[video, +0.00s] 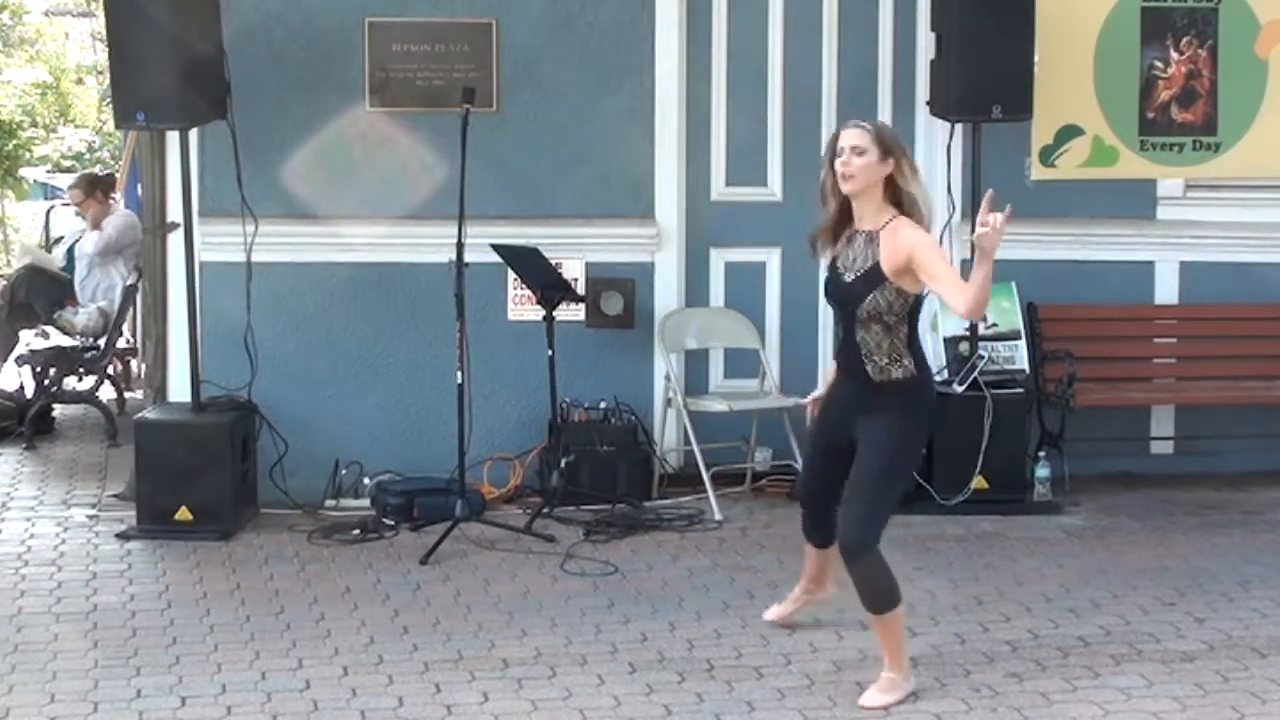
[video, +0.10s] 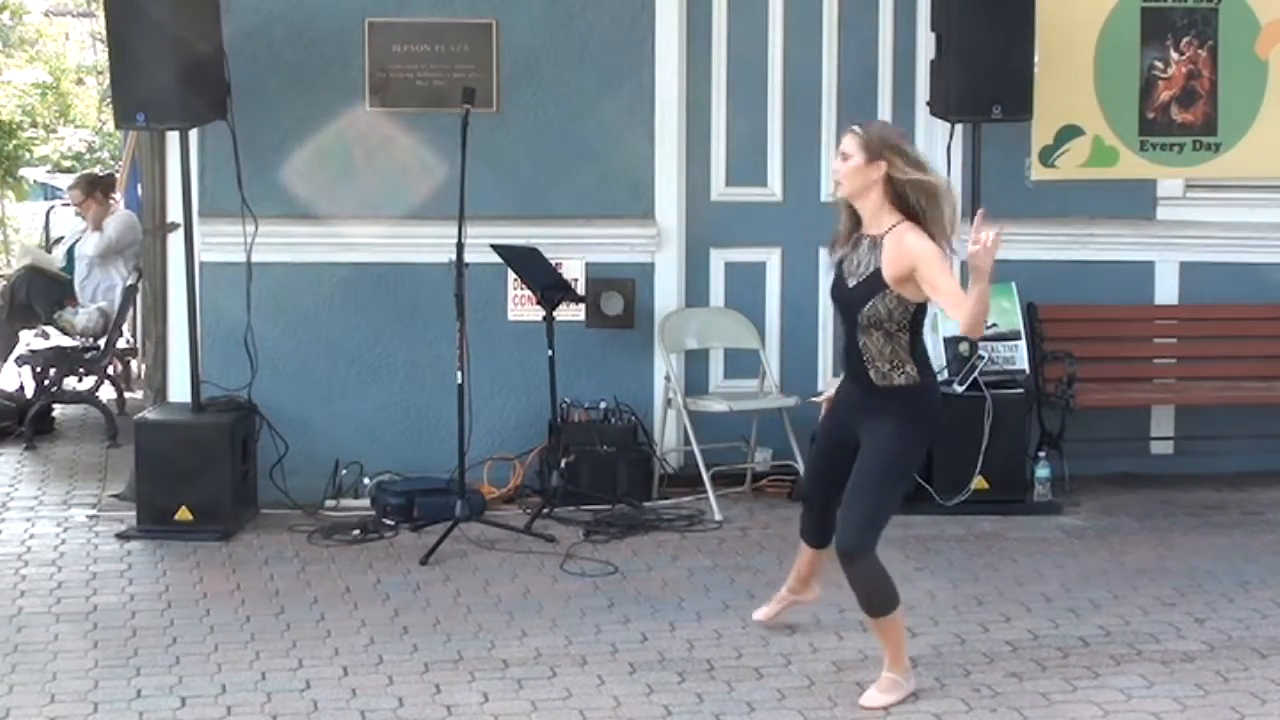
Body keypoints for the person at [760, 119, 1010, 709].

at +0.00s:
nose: (844, 162)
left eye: (859, 152)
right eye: (839, 154)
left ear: (889, 165)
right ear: (833, 170)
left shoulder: (909, 237)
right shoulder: (846, 240)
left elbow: (969, 305)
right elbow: (858, 333)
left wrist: (985, 254)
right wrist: (829, 389)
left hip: (898, 401)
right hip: (847, 395)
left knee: (856, 535)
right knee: (815, 491)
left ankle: (897, 671)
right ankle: (815, 584)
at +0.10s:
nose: (835, 168)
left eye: (846, 159)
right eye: (838, 158)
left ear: (880, 169)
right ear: (871, 171)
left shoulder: (910, 243)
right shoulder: (855, 241)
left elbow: (970, 322)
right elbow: (869, 331)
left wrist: (982, 272)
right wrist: (843, 386)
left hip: (902, 408)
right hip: (855, 397)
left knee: (852, 541)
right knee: (817, 489)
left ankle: (898, 670)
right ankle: (801, 584)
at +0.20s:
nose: (843, 177)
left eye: (847, 168)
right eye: (846, 168)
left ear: (867, 175)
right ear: (877, 175)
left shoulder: (910, 250)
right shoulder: (870, 235)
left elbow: (966, 342)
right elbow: (882, 325)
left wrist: (968, 304)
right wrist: (852, 383)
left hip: (903, 410)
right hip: (859, 395)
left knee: (851, 545)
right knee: (817, 492)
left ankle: (898, 668)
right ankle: (791, 584)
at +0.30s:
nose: (848, 183)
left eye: (850, 174)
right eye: (851, 175)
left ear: (864, 183)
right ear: (893, 181)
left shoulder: (906, 254)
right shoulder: (875, 238)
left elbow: (959, 355)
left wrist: (955, 336)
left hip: (904, 413)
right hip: (860, 395)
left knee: (851, 548)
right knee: (818, 488)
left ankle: (898, 669)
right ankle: (789, 582)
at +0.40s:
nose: (853, 195)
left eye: (856, 186)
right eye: (854, 186)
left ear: (869, 191)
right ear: (903, 183)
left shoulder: (906, 264)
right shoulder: (877, 243)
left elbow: (944, 347)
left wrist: (942, 368)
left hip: (902, 418)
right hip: (859, 399)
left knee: (849, 551)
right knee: (818, 493)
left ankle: (898, 668)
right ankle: (789, 581)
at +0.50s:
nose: (846, 196)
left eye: (851, 187)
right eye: (848, 186)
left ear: (866, 193)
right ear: (900, 186)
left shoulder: (902, 269)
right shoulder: (872, 250)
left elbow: (938, 353)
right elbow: (889, 327)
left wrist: (933, 406)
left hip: (899, 416)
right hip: (859, 398)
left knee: (848, 552)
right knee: (821, 488)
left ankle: (899, 670)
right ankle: (790, 581)